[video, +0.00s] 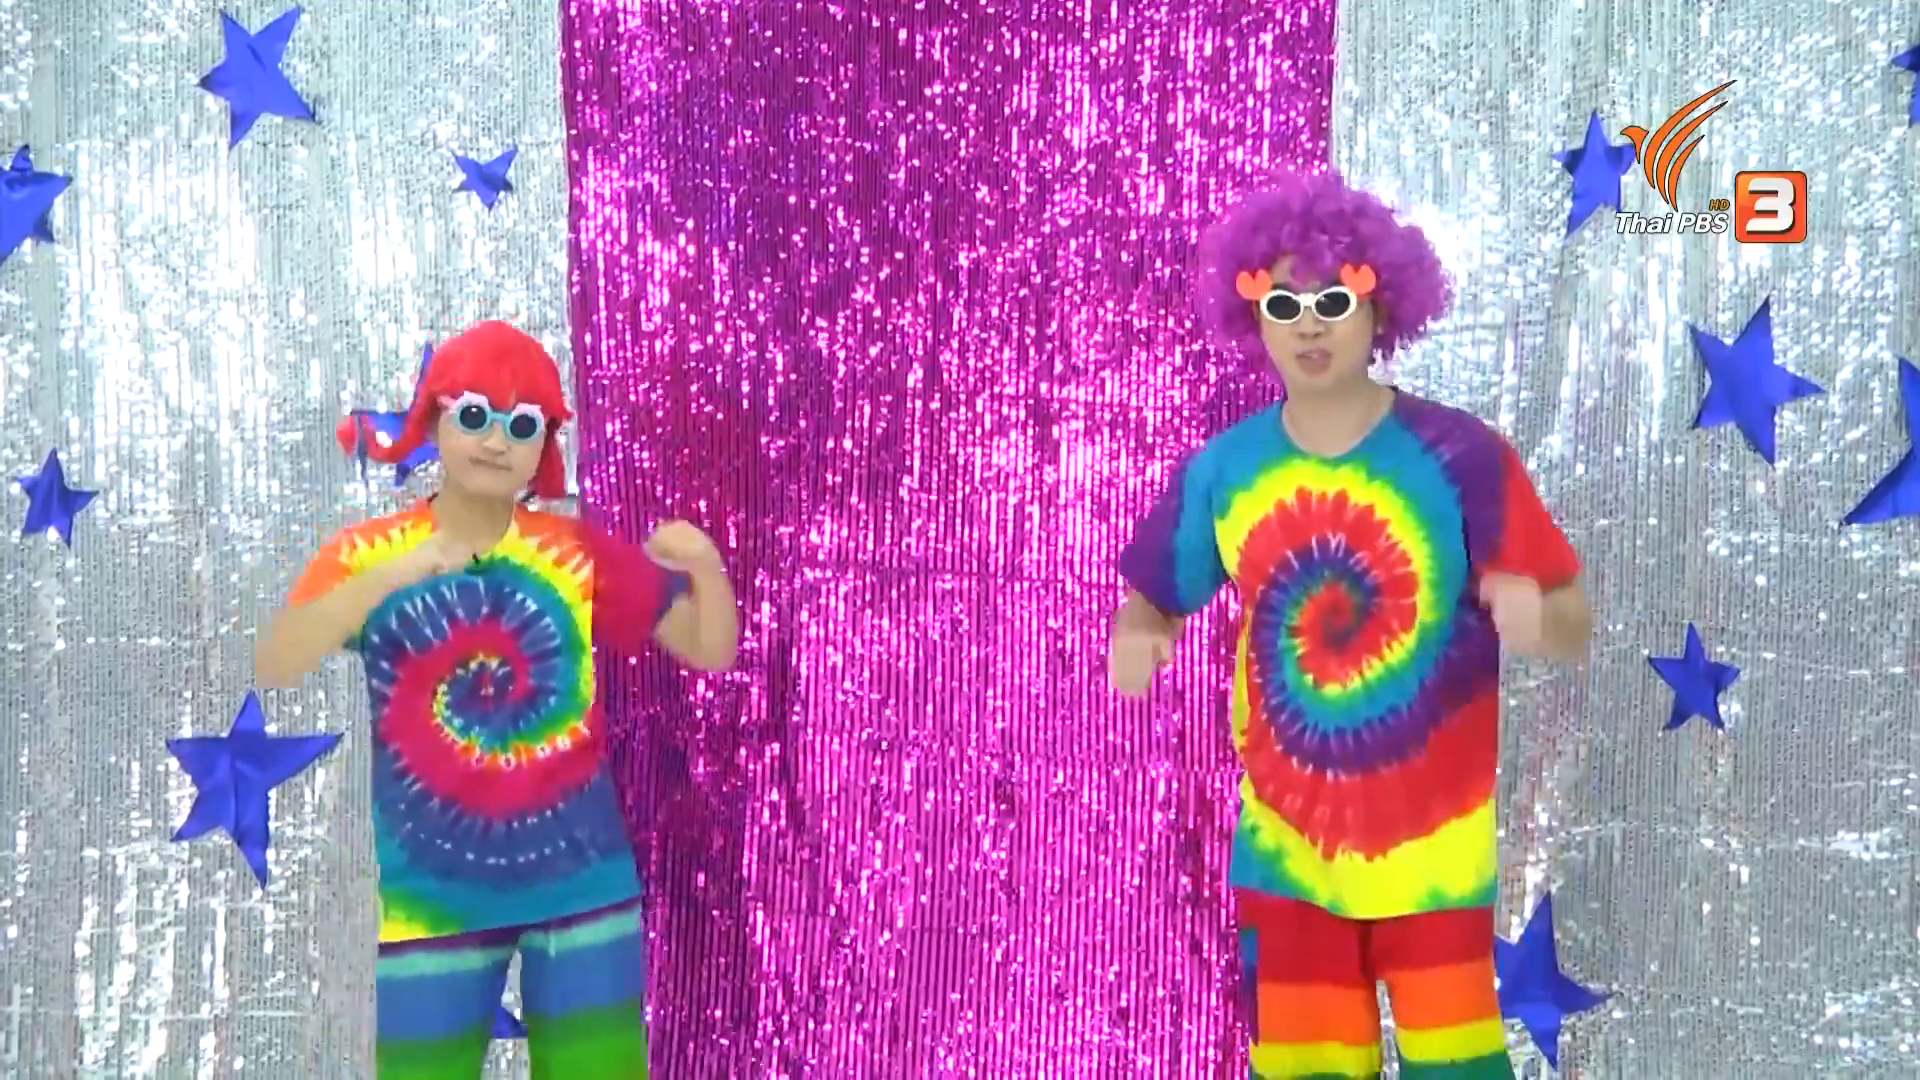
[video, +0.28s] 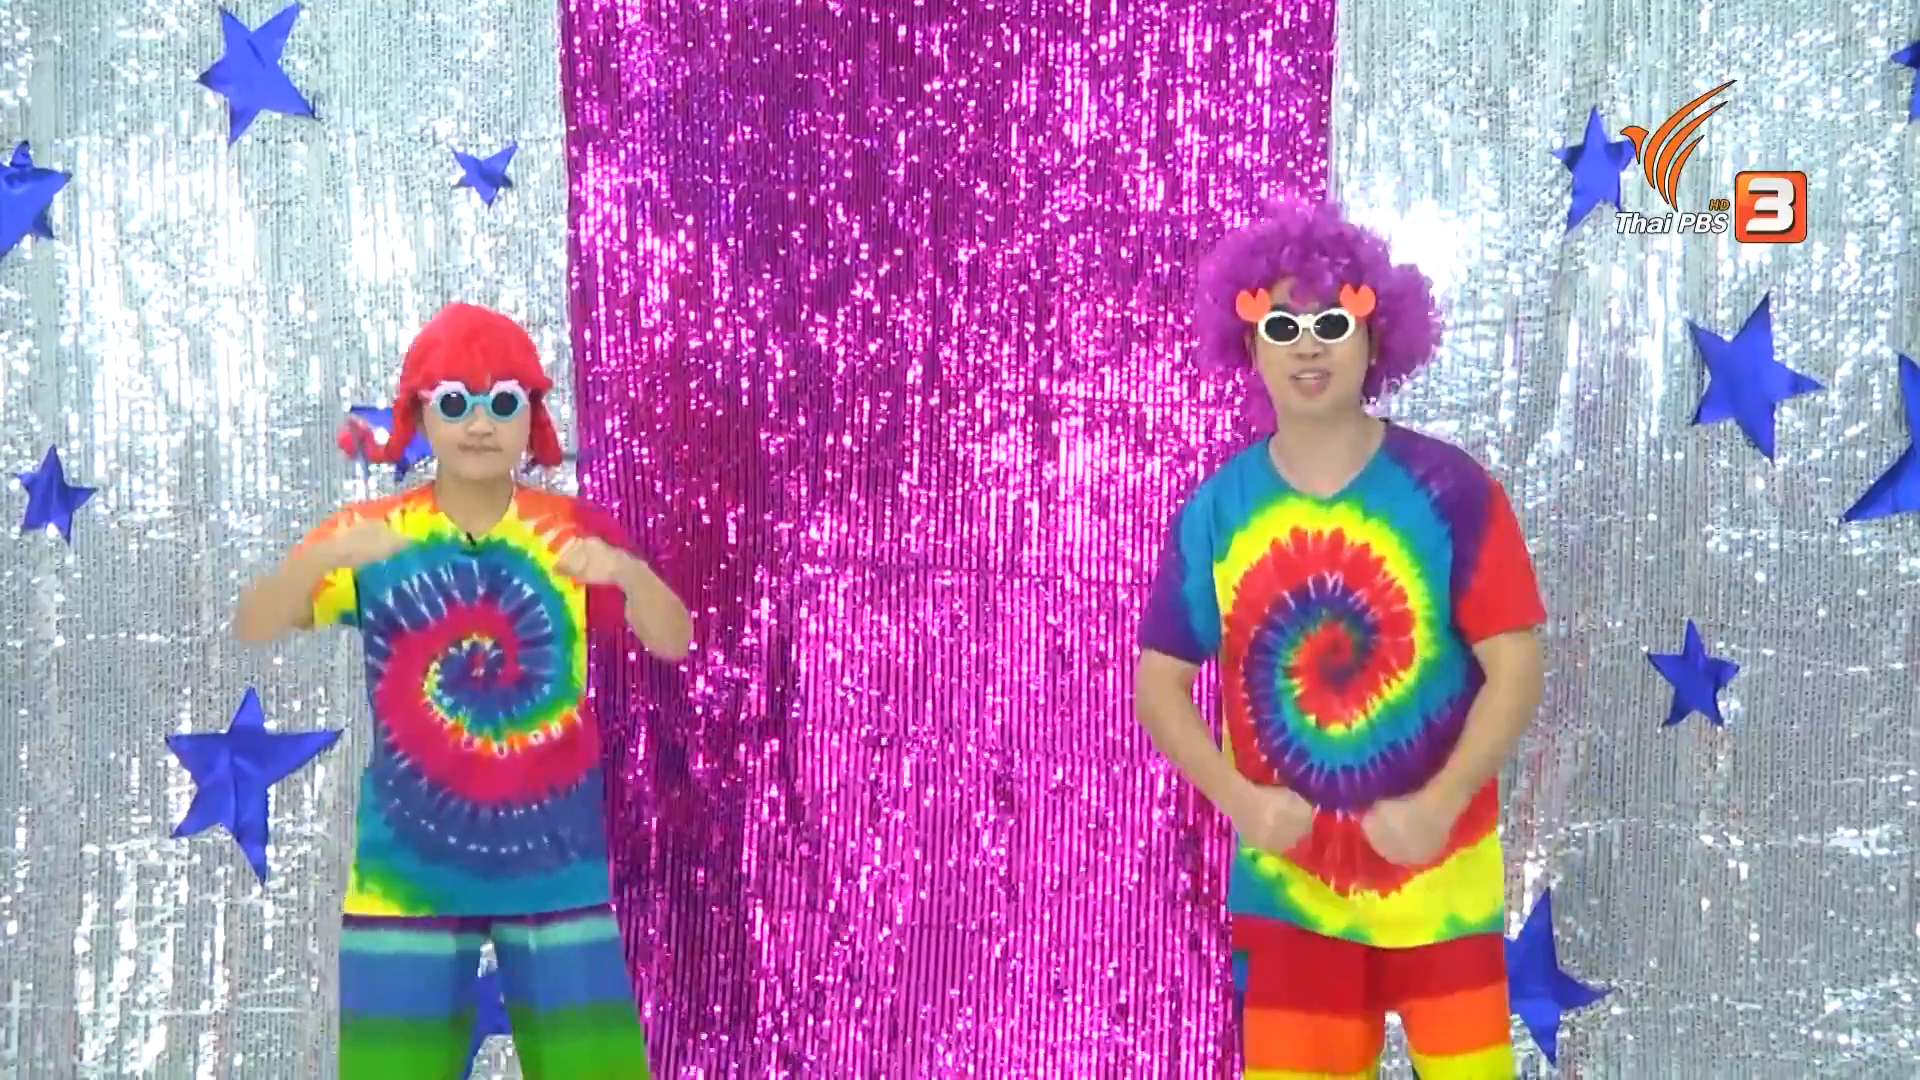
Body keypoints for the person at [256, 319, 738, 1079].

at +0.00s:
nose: (496, 439)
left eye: (521, 424)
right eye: (473, 416)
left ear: (544, 448)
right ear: (434, 430)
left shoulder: (580, 550)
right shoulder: (362, 553)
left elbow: (709, 650)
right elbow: (274, 665)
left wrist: (706, 565)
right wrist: (381, 578)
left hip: (581, 886)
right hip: (427, 893)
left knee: (597, 1068)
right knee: (420, 1070)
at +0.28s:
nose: (480, 422)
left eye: (503, 402)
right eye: (455, 403)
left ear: (531, 421)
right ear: (420, 420)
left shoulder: (569, 529)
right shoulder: (370, 533)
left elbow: (675, 642)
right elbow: (253, 625)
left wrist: (628, 573)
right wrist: (326, 554)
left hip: (556, 868)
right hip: (407, 873)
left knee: (594, 1066)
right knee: (392, 1069)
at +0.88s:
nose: (481, 407)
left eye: (506, 387)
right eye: (456, 386)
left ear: (538, 408)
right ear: (425, 403)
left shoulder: (577, 510)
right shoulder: (370, 513)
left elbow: (645, 575)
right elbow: (290, 624)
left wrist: (622, 622)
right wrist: (336, 563)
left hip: (550, 846)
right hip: (403, 847)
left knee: (570, 1058)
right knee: (374, 1058)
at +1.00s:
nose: (482, 410)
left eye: (509, 396)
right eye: (462, 386)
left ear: (534, 421)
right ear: (426, 397)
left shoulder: (568, 509)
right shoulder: (366, 518)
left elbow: (626, 617)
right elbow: (348, 606)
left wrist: (688, 727)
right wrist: (356, 682)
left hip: (568, 834)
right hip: (425, 838)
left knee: (593, 1052)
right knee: (400, 1055)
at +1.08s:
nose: (486, 423)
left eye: (513, 412)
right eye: (466, 398)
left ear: (537, 436)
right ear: (428, 410)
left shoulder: (572, 528)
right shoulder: (368, 539)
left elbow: (632, 668)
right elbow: (358, 679)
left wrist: (691, 804)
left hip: (587, 853)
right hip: (437, 861)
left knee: (606, 1063)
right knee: (424, 1065)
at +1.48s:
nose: (470, 390)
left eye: (493, 366)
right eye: (442, 375)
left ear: (530, 387)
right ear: (417, 403)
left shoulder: (585, 513)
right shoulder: (376, 519)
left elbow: (638, 635)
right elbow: (342, 650)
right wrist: (323, 741)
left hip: (548, 838)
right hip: (396, 842)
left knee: (586, 1058)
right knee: (378, 1060)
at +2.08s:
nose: (506, 407)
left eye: (531, 386)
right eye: (481, 386)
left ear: (563, 404)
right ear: (449, 403)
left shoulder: (598, 511)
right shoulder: (410, 521)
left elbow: (617, 692)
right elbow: (401, 680)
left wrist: (673, 614)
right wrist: (332, 625)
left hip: (594, 841)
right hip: (461, 845)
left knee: (610, 1064)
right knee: (421, 1063)